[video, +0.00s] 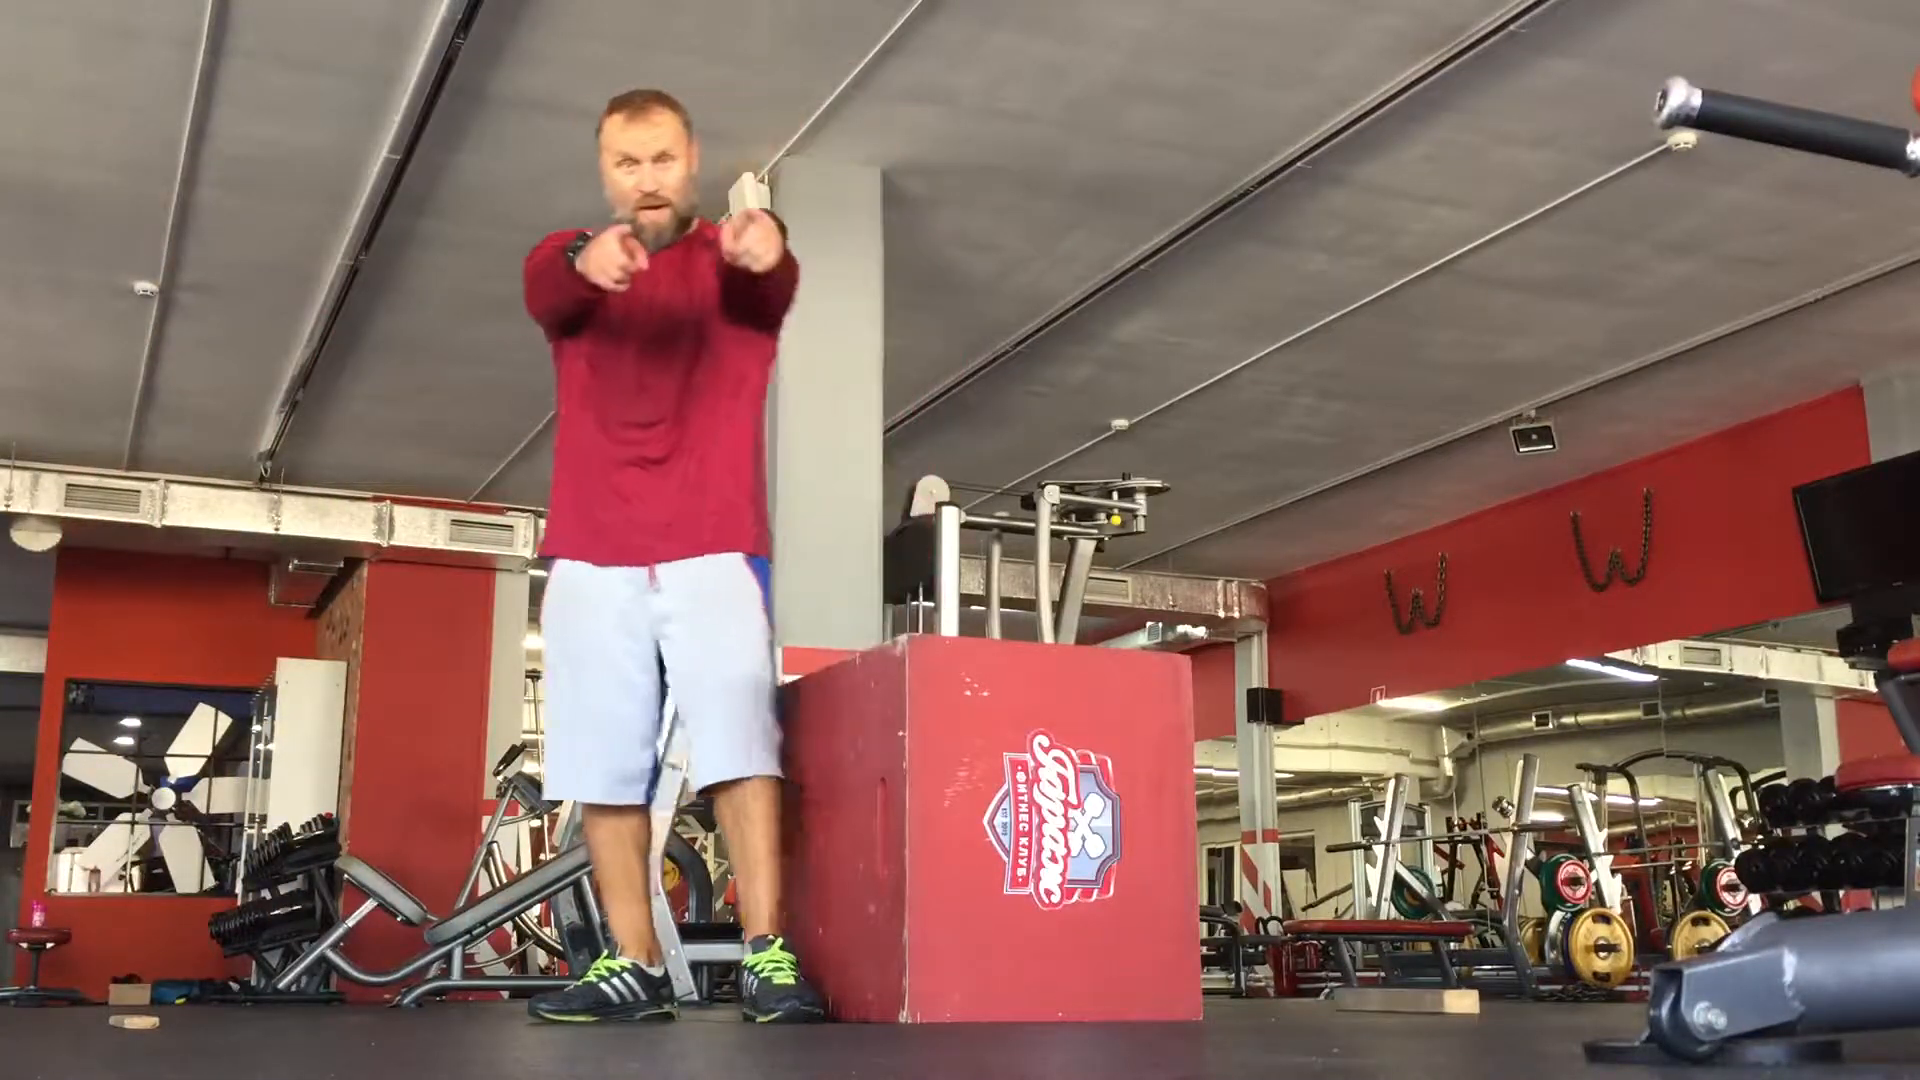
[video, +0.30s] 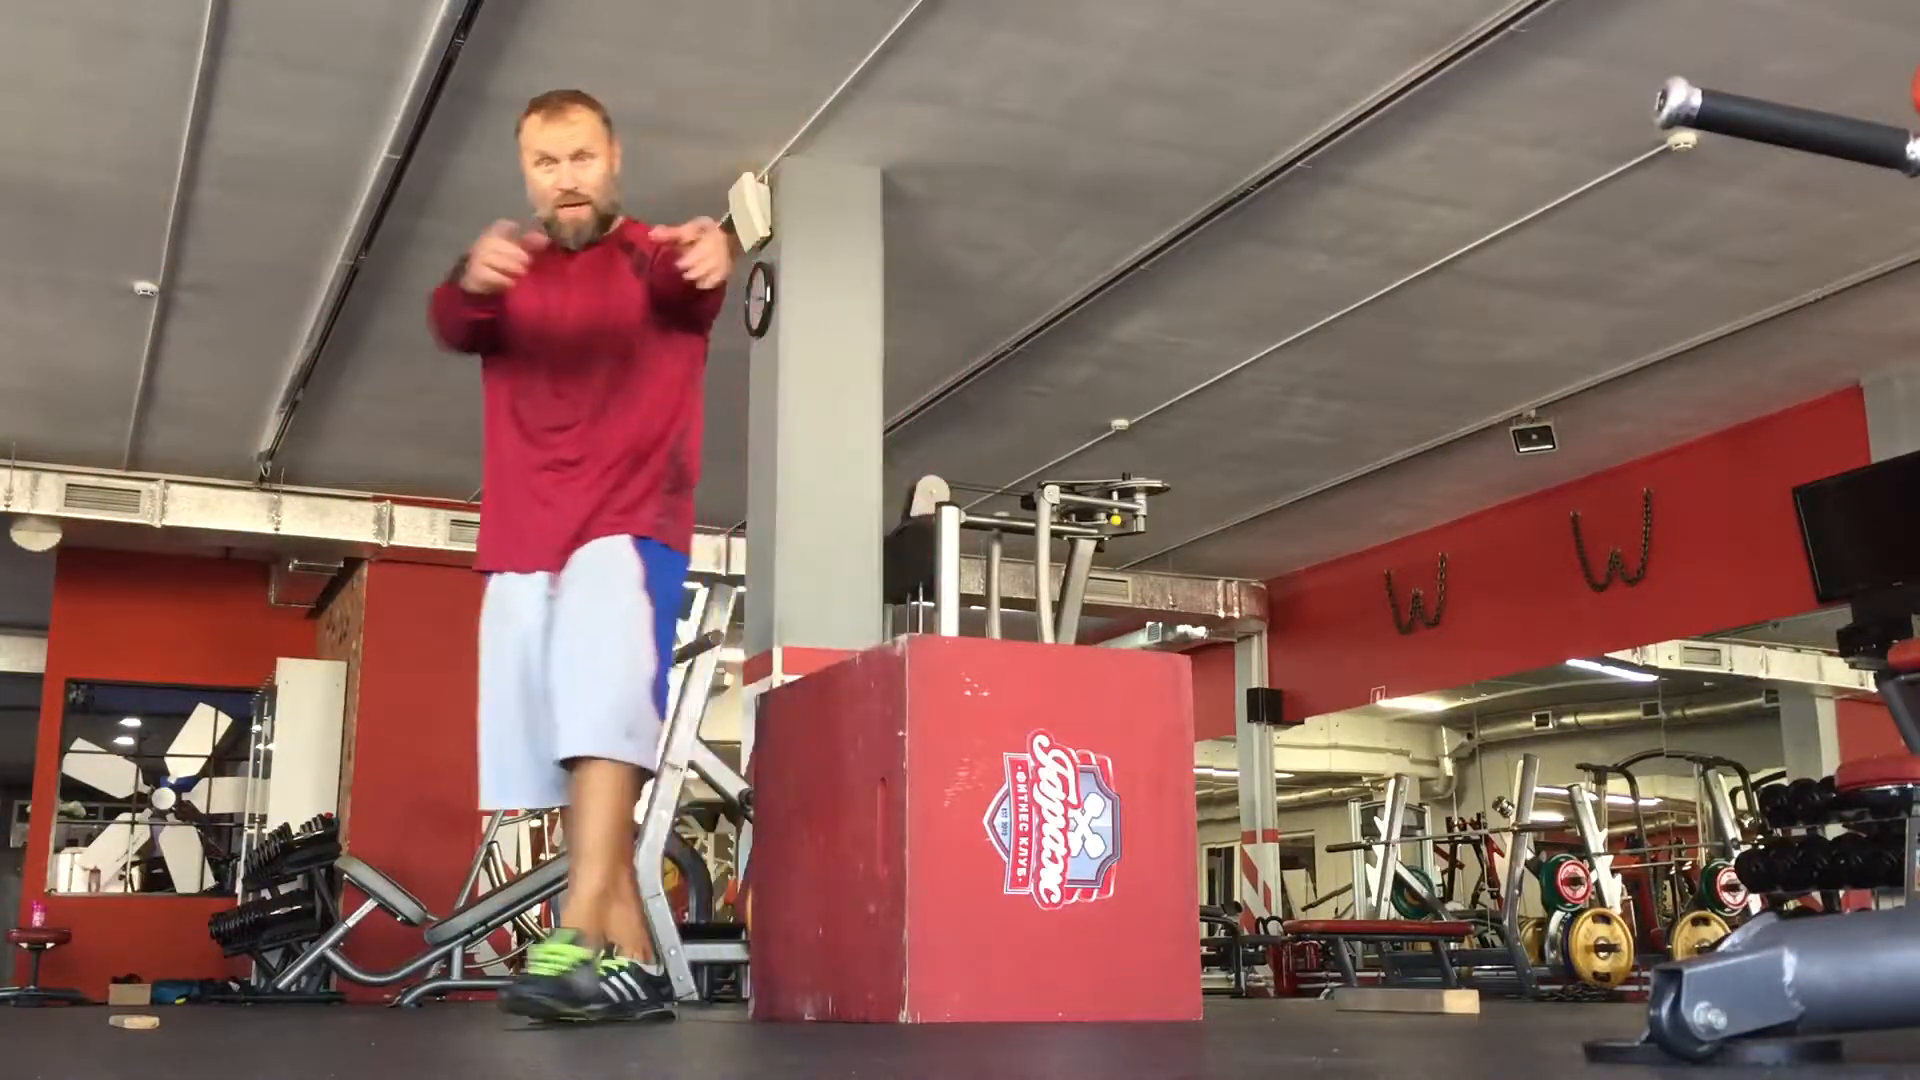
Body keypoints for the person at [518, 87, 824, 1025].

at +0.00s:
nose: (646, 174)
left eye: (662, 157)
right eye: (627, 161)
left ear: (694, 163)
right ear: (602, 173)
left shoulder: (736, 255)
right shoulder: (568, 258)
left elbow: (766, 280)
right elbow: (545, 288)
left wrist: (760, 252)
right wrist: (587, 264)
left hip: (714, 547)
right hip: (593, 556)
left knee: (739, 742)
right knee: (606, 758)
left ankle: (764, 953)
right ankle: (636, 964)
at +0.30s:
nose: (566, 175)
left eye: (582, 156)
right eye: (546, 161)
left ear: (614, 163)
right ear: (525, 176)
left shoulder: (659, 253)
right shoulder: (505, 270)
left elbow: (690, 278)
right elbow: (452, 329)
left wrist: (717, 253)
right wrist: (469, 282)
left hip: (627, 522)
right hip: (529, 532)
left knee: (607, 720)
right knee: (569, 739)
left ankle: (579, 940)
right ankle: (631, 958)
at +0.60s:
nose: (456, 149)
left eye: (475, 129)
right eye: (437, 134)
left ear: (516, 140)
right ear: (419, 153)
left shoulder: (560, 249)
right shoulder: (387, 270)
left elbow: (615, 341)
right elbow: (302, 336)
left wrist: (646, 289)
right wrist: (256, 209)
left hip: (514, 529)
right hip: (436, 532)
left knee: (413, 715)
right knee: (522, 746)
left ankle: (335, 959)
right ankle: (628, 950)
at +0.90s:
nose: (336, 75)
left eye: (360, 55)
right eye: (320, 56)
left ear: (405, 72)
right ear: (298, 74)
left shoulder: (455, 200)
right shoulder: (258, 192)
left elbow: (438, 322)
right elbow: (179, 315)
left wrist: (283, 285)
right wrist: (223, 292)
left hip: (378, 499)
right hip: (255, 497)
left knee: (358, 726)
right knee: (184, 716)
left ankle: (332, 961)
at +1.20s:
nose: (189, 50)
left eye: (213, 32)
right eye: (168, 29)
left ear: (247, 51)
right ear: (133, 42)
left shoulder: (305, 196)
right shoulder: (52, 169)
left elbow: (345, 340)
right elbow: (1, 312)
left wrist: (248, 334)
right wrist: (86, 316)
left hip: (224, 508)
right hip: (53, 494)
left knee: (265, 710)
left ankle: (317, 949)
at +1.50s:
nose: (96, 64)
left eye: (115, 47)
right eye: (82, 32)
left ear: (124, 54)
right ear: (13, 11)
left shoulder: (101, 184)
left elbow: (115, 333)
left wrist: (187, 418)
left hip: (46, 478)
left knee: (75, 685)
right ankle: (24, 924)